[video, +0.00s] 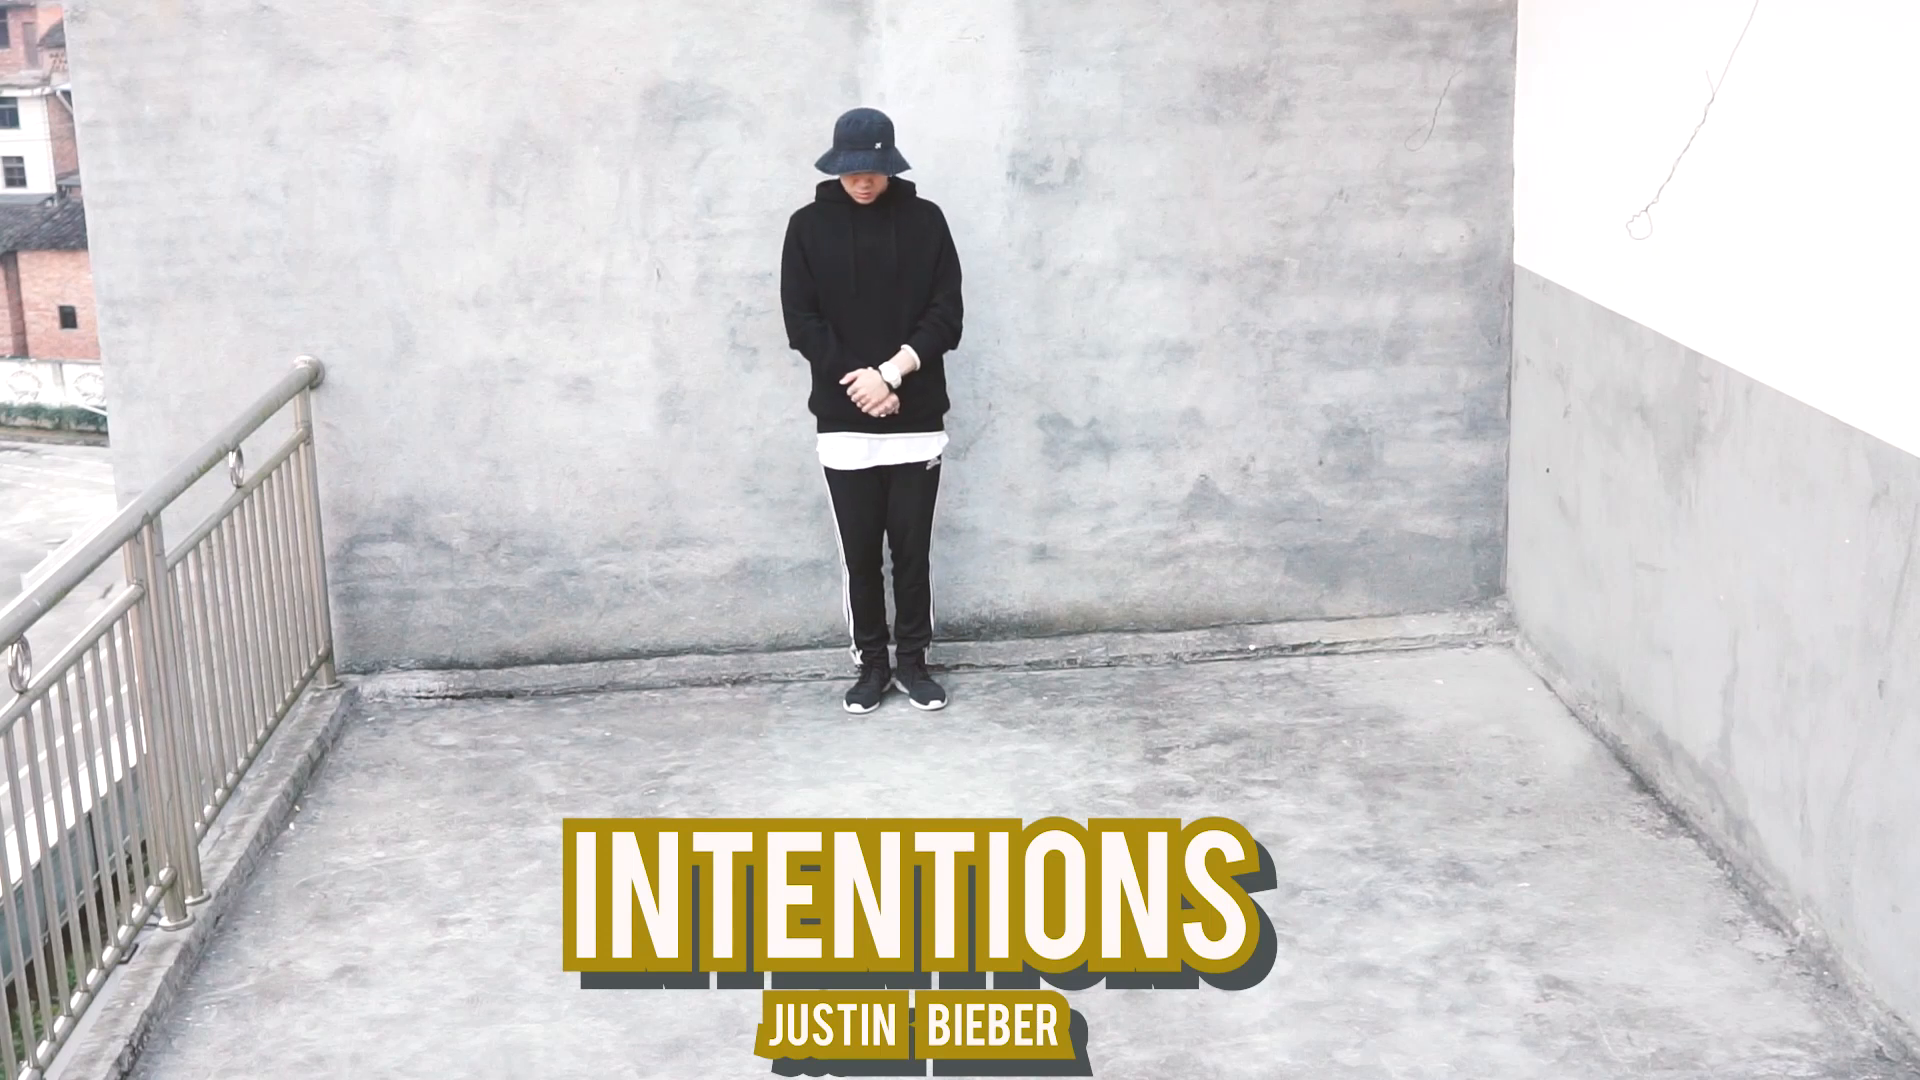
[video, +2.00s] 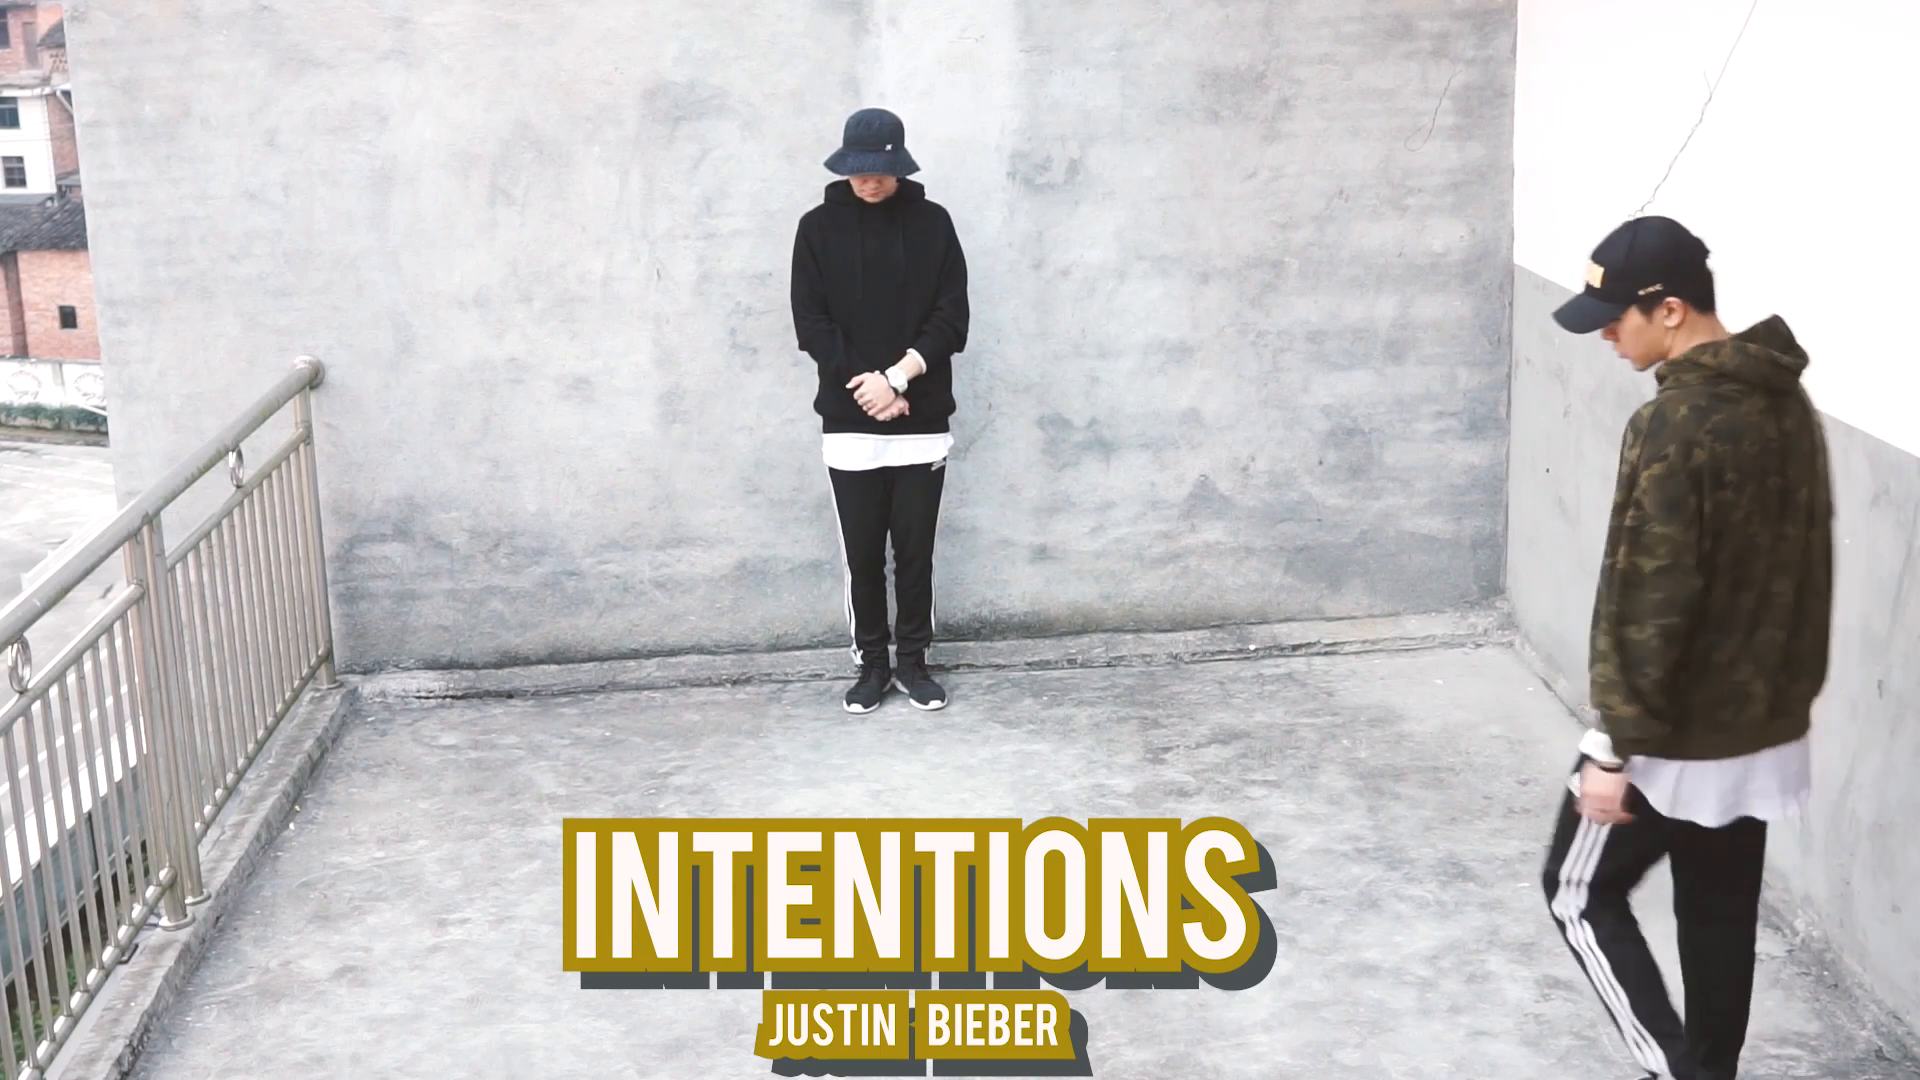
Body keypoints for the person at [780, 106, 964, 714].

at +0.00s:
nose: (862, 181)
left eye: (872, 171)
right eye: (851, 171)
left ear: (891, 166)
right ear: (835, 168)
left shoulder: (924, 219)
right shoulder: (809, 225)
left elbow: (947, 315)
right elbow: (801, 322)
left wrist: (892, 368)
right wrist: (859, 383)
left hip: (917, 412)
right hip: (842, 415)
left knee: (911, 548)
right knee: (860, 551)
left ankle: (913, 663)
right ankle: (872, 666)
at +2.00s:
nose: (870, 181)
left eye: (881, 170)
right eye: (859, 170)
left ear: (900, 167)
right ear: (844, 168)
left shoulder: (932, 222)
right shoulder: (819, 226)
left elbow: (952, 317)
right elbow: (810, 322)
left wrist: (897, 373)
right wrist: (866, 386)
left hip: (922, 415)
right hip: (848, 418)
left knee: (914, 551)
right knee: (863, 554)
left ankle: (913, 664)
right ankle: (872, 667)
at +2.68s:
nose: (867, 182)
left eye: (879, 172)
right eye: (857, 171)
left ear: (898, 167)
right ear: (842, 168)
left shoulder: (930, 220)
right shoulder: (817, 225)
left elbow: (951, 317)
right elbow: (808, 322)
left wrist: (896, 373)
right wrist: (865, 385)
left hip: (921, 414)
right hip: (847, 416)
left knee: (914, 549)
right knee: (862, 552)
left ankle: (913, 664)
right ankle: (873, 667)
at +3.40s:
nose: (867, 183)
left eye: (878, 173)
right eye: (856, 172)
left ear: (897, 168)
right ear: (841, 169)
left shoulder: (929, 221)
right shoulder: (815, 226)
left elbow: (949, 318)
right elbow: (807, 323)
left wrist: (895, 373)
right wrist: (863, 386)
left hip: (920, 413)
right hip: (845, 416)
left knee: (913, 547)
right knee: (861, 551)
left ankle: (912, 663)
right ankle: (872, 666)